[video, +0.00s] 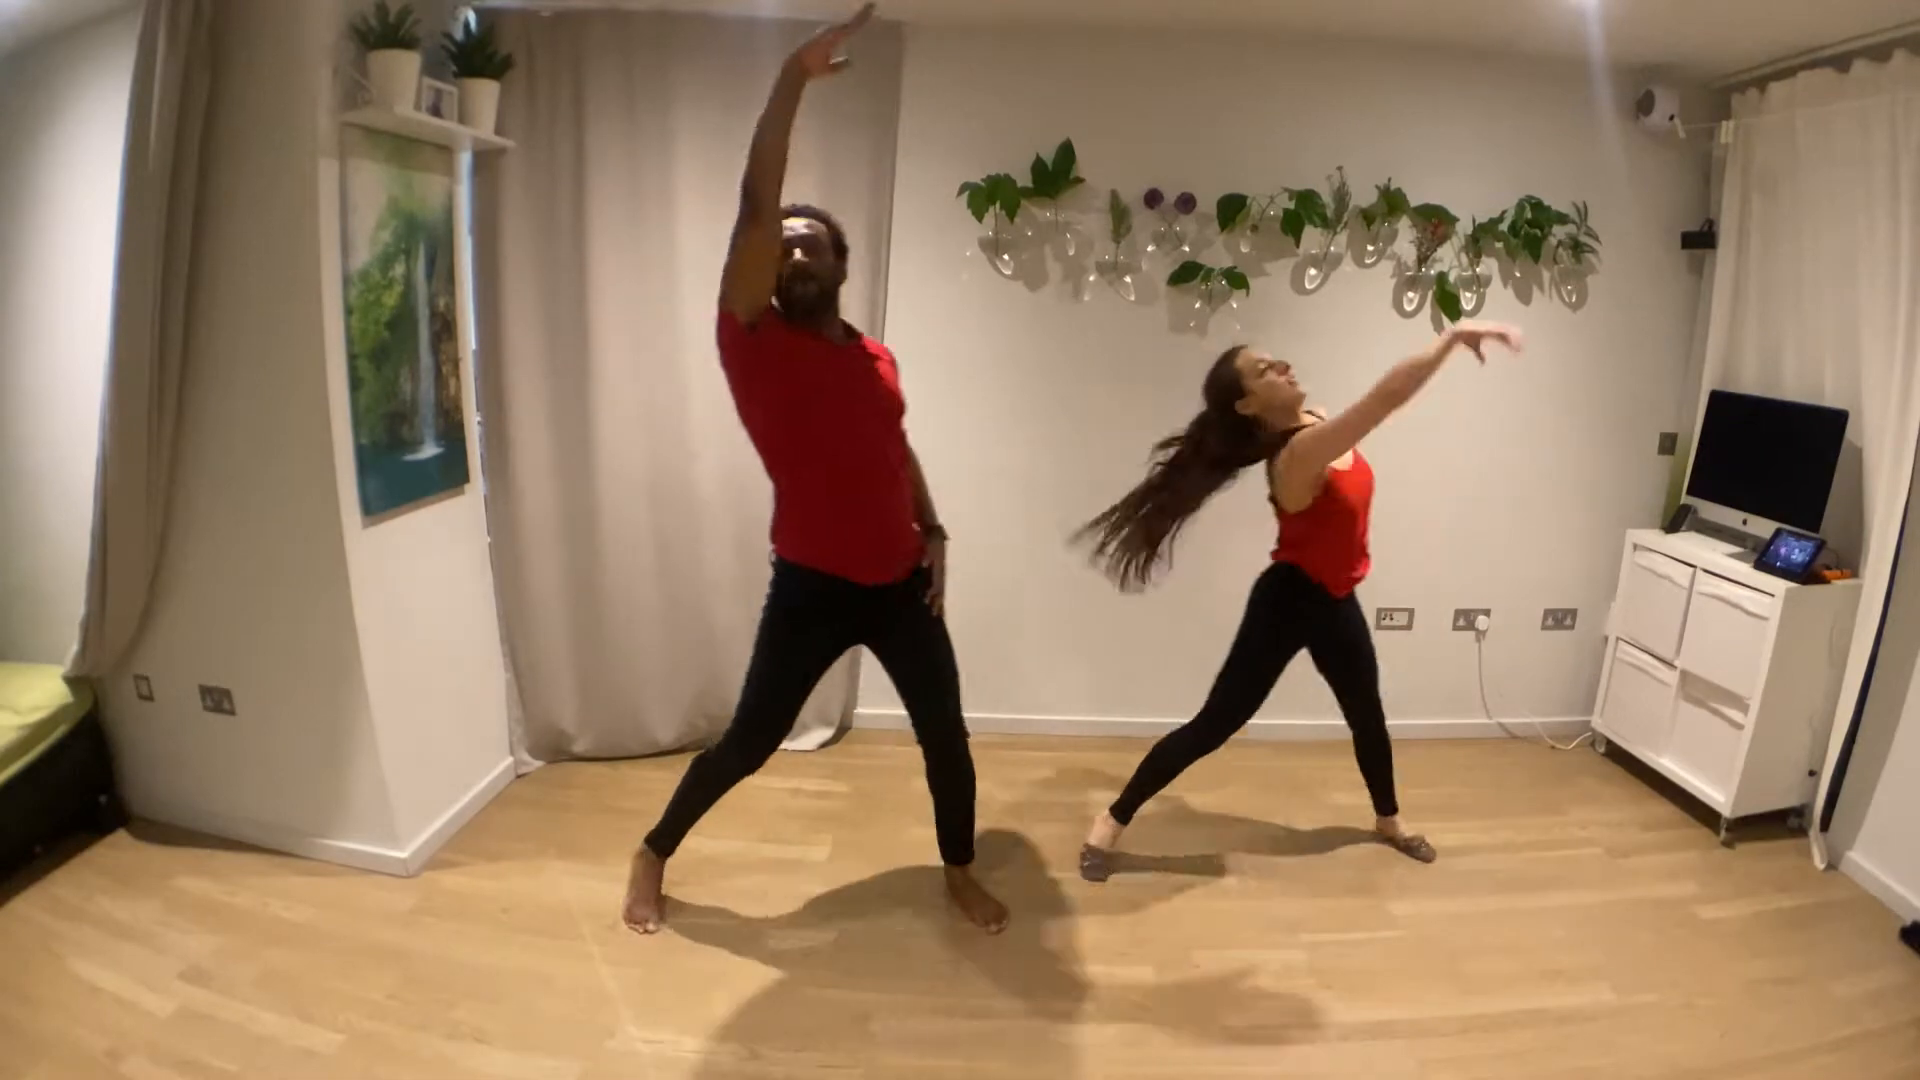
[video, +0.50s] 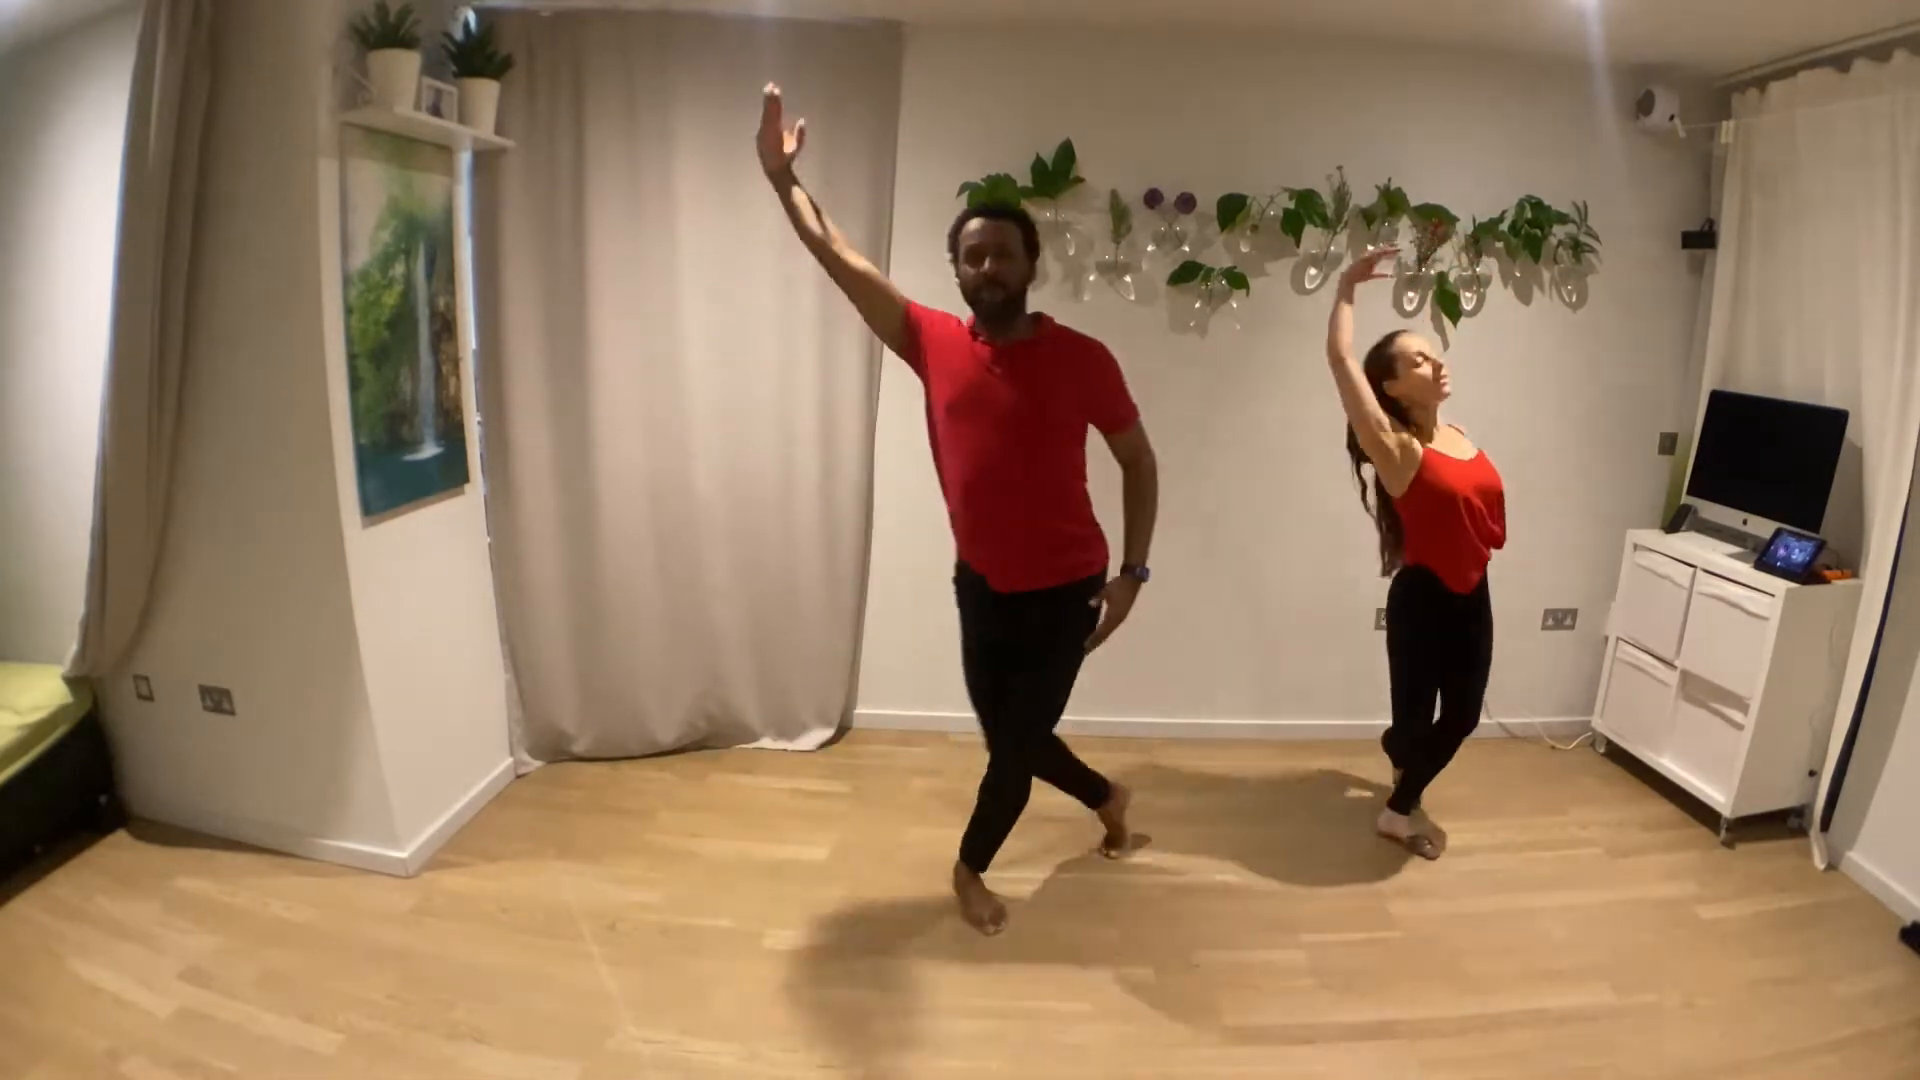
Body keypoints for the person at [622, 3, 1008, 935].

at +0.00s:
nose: (800, 242)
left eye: (816, 236)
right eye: (786, 236)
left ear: (842, 270)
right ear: (767, 260)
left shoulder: (871, 356)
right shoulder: (749, 338)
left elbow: (897, 448)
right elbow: (759, 200)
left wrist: (933, 532)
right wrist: (794, 74)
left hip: (900, 580)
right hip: (810, 584)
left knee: (947, 737)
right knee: (751, 743)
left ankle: (960, 871)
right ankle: (654, 855)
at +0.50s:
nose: (984, 270)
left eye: (999, 254)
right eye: (970, 257)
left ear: (1033, 266)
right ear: (954, 271)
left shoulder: (1079, 361)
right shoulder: (934, 343)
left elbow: (1139, 462)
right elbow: (840, 260)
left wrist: (1133, 571)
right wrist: (780, 172)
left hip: (1065, 582)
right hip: (983, 582)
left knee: (1021, 738)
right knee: (1012, 736)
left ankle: (970, 868)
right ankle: (1108, 797)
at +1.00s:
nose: (1025, 270)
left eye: (1044, 256)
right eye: (1024, 256)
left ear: (1099, 264)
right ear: (1030, 263)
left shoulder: (1161, 370)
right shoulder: (1036, 367)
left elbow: (1204, 516)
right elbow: (979, 475)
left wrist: (1156, 637)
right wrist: (917, 571)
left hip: (1133, 596)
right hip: (1059, 587)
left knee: (1100, 753)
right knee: (1030, 740)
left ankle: (1152, 881)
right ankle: (1119, 814)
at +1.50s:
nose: (927, 262)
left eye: (945, 249)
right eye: (931, 245)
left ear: (999, 270)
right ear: (976, 265)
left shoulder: (1056, 336)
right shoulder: (962, 329)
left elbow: (1156, 315)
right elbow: (949, 228)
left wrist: (1138, 313)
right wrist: (886, 149)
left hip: (1039, 626)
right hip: (952, 617)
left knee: (1064, 783)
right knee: (868, 769)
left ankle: (1152, 876)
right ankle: (838, 959)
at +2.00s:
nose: (690, 279)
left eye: (705, 262)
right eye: (692, 262)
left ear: (767, 274)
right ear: (752, 275)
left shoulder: (830, 375)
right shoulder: (727, 364)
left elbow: (830, 538)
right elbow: (641, 366)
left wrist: (807, 460)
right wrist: (638, 249)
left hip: (796, 668)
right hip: (737, 655)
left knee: (606, 811)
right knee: (724, 832)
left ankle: (546, 1013)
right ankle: (837, 981)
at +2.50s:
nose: (494, 308)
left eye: (516, 288)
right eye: (492, 286)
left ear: (581, 301)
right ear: (572, 302)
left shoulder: (591, 420)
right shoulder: (572, 364)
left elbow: (561, 580)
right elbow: (510, 270)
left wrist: (401, 549)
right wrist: (428, 225)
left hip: (514, 692)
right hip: (529, 681)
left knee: (404, 876)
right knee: (479, 873)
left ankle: (467, 1069)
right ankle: (671, 938)